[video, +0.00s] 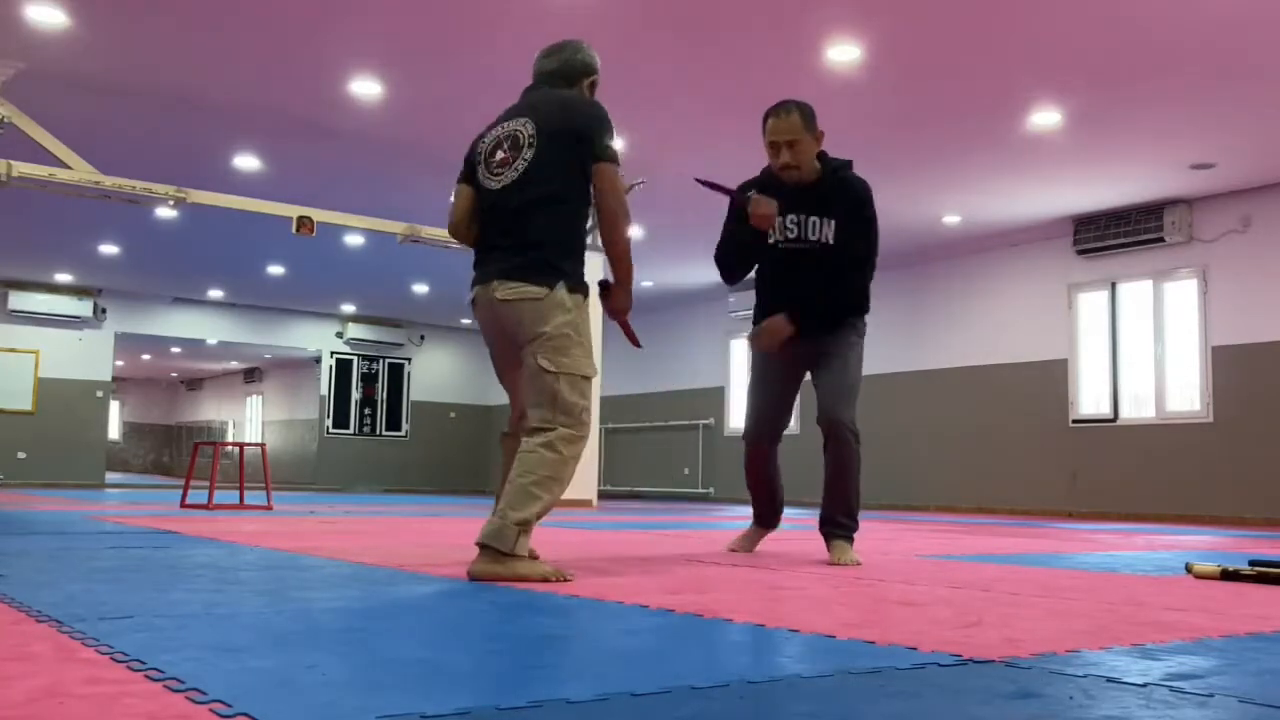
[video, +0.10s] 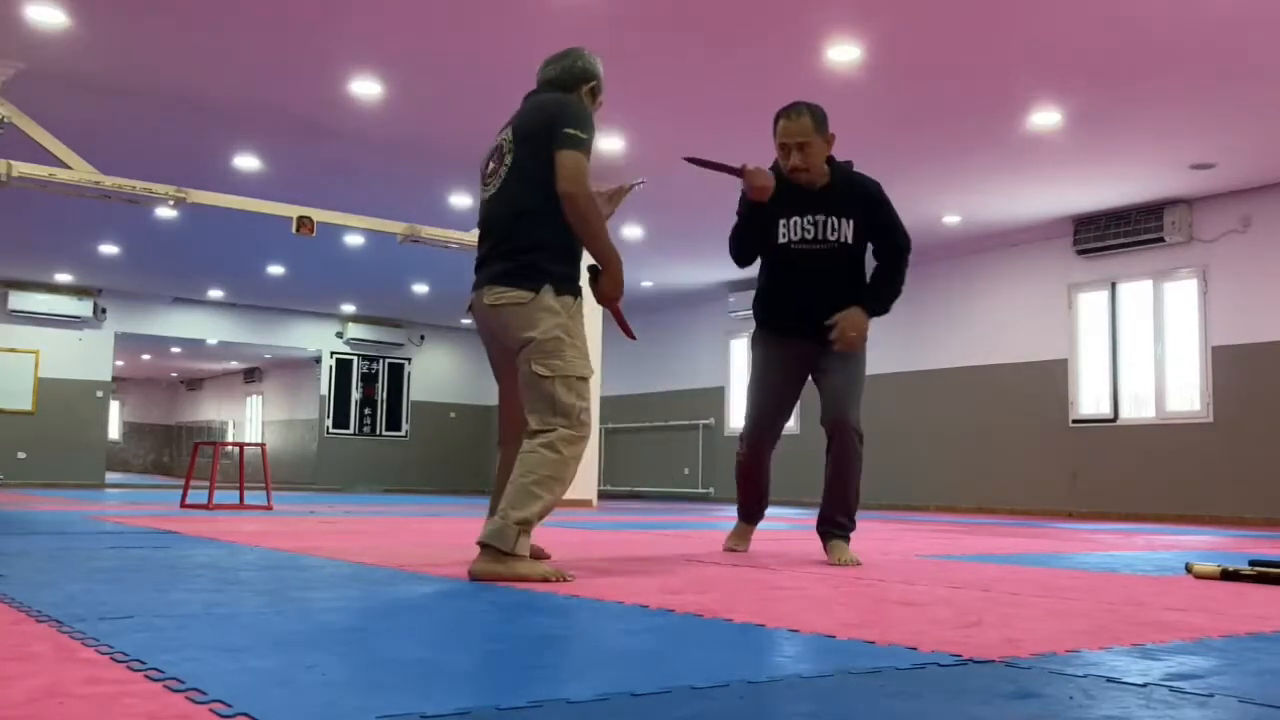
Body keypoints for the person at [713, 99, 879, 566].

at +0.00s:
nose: (783, 158)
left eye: (793, 146)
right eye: (773, 148)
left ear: (818, 141)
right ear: (764, 147)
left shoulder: (851, 193)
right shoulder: (753, 194)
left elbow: (856, 279)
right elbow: (730, 270)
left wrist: (792, 319)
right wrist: (753, 226)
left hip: (838, 327)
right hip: (777, 328)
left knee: (838, 422)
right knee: (758, 434)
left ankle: (839, 535)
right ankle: (765, 519)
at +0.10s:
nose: (793, 161)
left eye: (804, 149)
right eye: (785, 150)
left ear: (828, 144)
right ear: (774, 148)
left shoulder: (861, 192)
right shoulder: (766, 192)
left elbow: (896, 251)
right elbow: (742, 256)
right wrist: (756, 202)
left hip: (840, 332)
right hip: (779, 331)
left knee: (844, 427)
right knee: (758, 432)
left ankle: (837, 535)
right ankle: (747, 518)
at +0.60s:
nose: (769, 158)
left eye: (778, 146)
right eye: (762, 148)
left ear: (807, 142)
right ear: (756, 148)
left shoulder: (849, 191)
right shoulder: (749, 197)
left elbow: (887, 255)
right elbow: (719, 242)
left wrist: (837, 265)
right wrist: (703, 235)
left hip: (834, 333)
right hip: (773, 333)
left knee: (836, 424)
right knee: (743, 429)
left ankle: (833, 536)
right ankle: (730, 522)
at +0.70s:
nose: (758, 159)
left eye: (767, 147)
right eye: (752, 149)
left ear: (797, 140)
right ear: (747, 150)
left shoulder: (840, 187)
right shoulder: (745, 199)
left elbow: (856, 253)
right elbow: (717, 263)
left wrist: (785, 222)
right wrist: (705, 252)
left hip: (833, 330)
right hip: (773, 331)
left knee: (828, 422)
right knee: (734, 424)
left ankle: (834, 536)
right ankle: (729, 520)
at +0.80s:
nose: (749, 161)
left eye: (757, 149)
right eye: (743, 152)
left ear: (787, 141)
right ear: (740, 152)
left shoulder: (827, 180)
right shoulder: (747, 197)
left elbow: (825, 232)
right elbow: (727, 251)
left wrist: (759, 207)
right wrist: (707, 286)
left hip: (830, 329)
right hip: (772, 330)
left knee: (822, 423)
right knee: (725, 422)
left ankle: (834, 537)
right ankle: (725, 525)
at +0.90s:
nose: (732, 160)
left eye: (738, 147)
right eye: (725, 150)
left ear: (769, 139)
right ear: (723, 151)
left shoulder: (808, 181)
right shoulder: (737, 201)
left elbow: (788, 229)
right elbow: (727, 261)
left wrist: (718, 222)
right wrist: (705, 310)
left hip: (819, 325)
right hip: (763, 328)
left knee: (815, 421)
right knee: (724, 423)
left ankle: (833, 538)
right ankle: (709, 531)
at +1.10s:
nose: (690, 160)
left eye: (697, 149)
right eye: (685, 151)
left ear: (726, 143)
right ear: (687, 152)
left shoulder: (751, 184)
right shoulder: (721, 191)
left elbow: (742, 243)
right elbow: (727, 257)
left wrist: (691, 285)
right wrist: (704, 301)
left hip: (781, 321)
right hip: (737, 326)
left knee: (814, 422)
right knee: (705, 421)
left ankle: (893, 515)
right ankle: (711, 530)